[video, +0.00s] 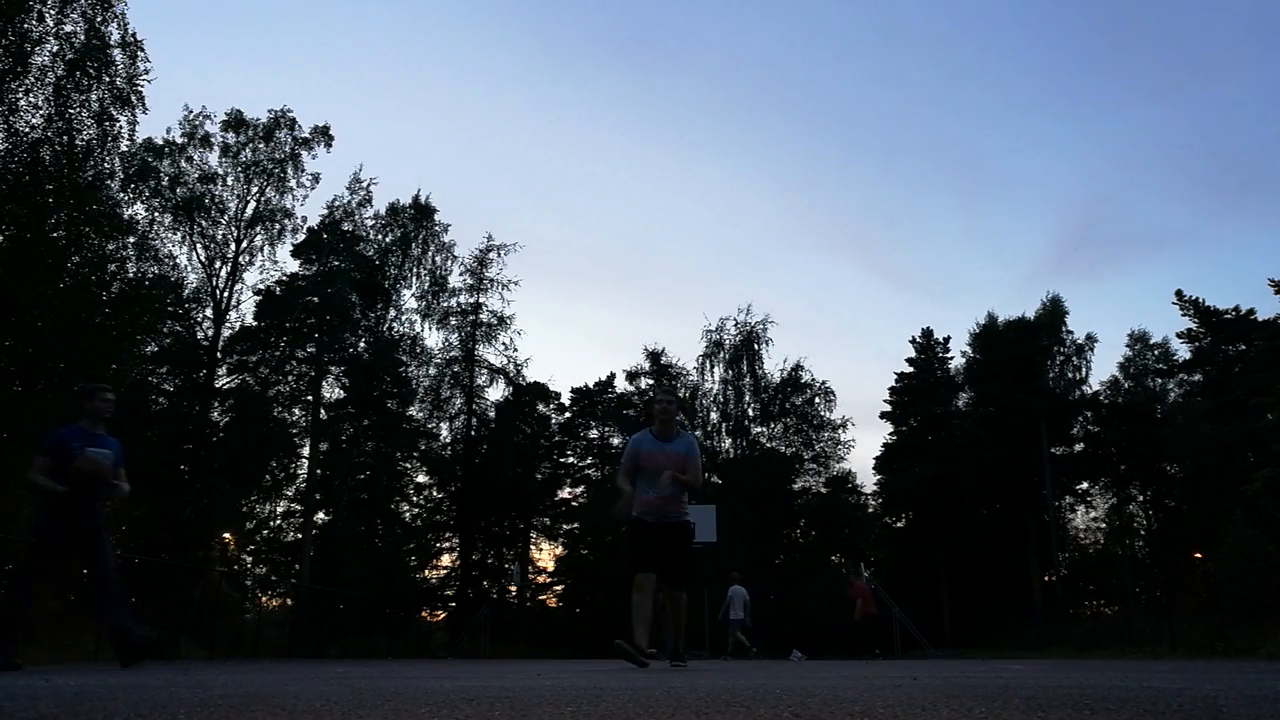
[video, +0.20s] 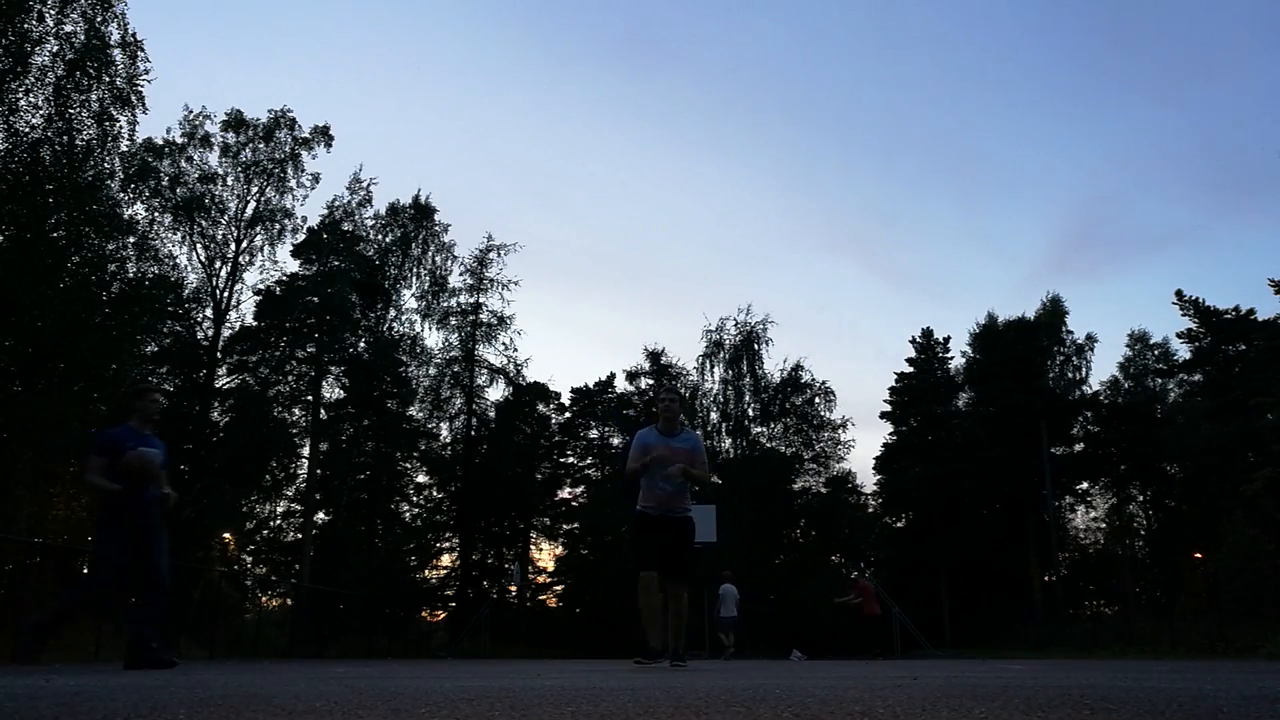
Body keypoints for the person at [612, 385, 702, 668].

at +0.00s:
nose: (664, 407)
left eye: (669, 402)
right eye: (660, 402)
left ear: (677, 408)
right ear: (652, 408)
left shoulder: (688, 443)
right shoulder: (637, 441)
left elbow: (696, 482)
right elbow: (622, 476)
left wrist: (677, 477)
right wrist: (629, 491)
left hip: (676, 522)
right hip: (643, 521)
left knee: (675, 588)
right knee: (643, 582)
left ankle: (677, 651)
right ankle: (640, 646)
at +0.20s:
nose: (667, 405)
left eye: (672, 401)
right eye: (663, 401)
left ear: (680, 406)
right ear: (656, 406)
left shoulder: (692, 439)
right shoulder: (644, 437)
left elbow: (705, 476)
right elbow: (630, 471)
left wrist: (686, 470)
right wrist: (650, 461)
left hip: (679, 517)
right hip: (648, 516)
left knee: (678, 584)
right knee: (648, 580)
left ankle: (677, 650)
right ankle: (653, 648)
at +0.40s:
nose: (655, 411)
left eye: (661, 407)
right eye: (654, 406)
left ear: (676, 412)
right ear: (654, 412)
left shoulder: (691, 442)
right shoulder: (644, 440)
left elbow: (706, 477)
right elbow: (633, 474)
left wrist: (686, 473)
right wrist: (650, 456)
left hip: (679, 520)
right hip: (648, 519)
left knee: (678, 584)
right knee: (650, 584)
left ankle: (678, 649)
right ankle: (652, 646)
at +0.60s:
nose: (645, 419)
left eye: (650, 415)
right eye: (644, 415)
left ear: (666, 418)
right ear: (645, 420)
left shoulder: (684, 448)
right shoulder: (637, 449)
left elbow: (703, 480)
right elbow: (629, 483)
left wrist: (673, 480)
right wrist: (650, 490)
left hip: (675, 523)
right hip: (646, 524)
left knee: (676, 586)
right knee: (651, 587)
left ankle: (677, 650)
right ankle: (656, 647)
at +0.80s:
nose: (634, 425)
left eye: (639, 420)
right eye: (633, 421)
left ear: (654, 422)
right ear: (634, 425)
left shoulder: (675, 449)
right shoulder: (630, 458)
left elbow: (698, 477)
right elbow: (625, 493)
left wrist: (663, 479)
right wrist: (628, 521)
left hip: (675, 525)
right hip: (646, 527)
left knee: (675, 585)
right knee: (652, 588)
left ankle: (677, 647)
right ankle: (659, 648)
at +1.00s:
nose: (632, 426)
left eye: (636, 422)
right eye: (630, 422)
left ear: (650, 424)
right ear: (631, 426)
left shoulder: (670, 449)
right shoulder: (628, 459)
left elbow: (693, 477)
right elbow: (623, 491)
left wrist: (659, 476)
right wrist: (620, 513)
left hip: (676, 525)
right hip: (647, 528)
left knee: (685, 585)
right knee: (656, 589)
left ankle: (696, 647)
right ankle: (662, 650)